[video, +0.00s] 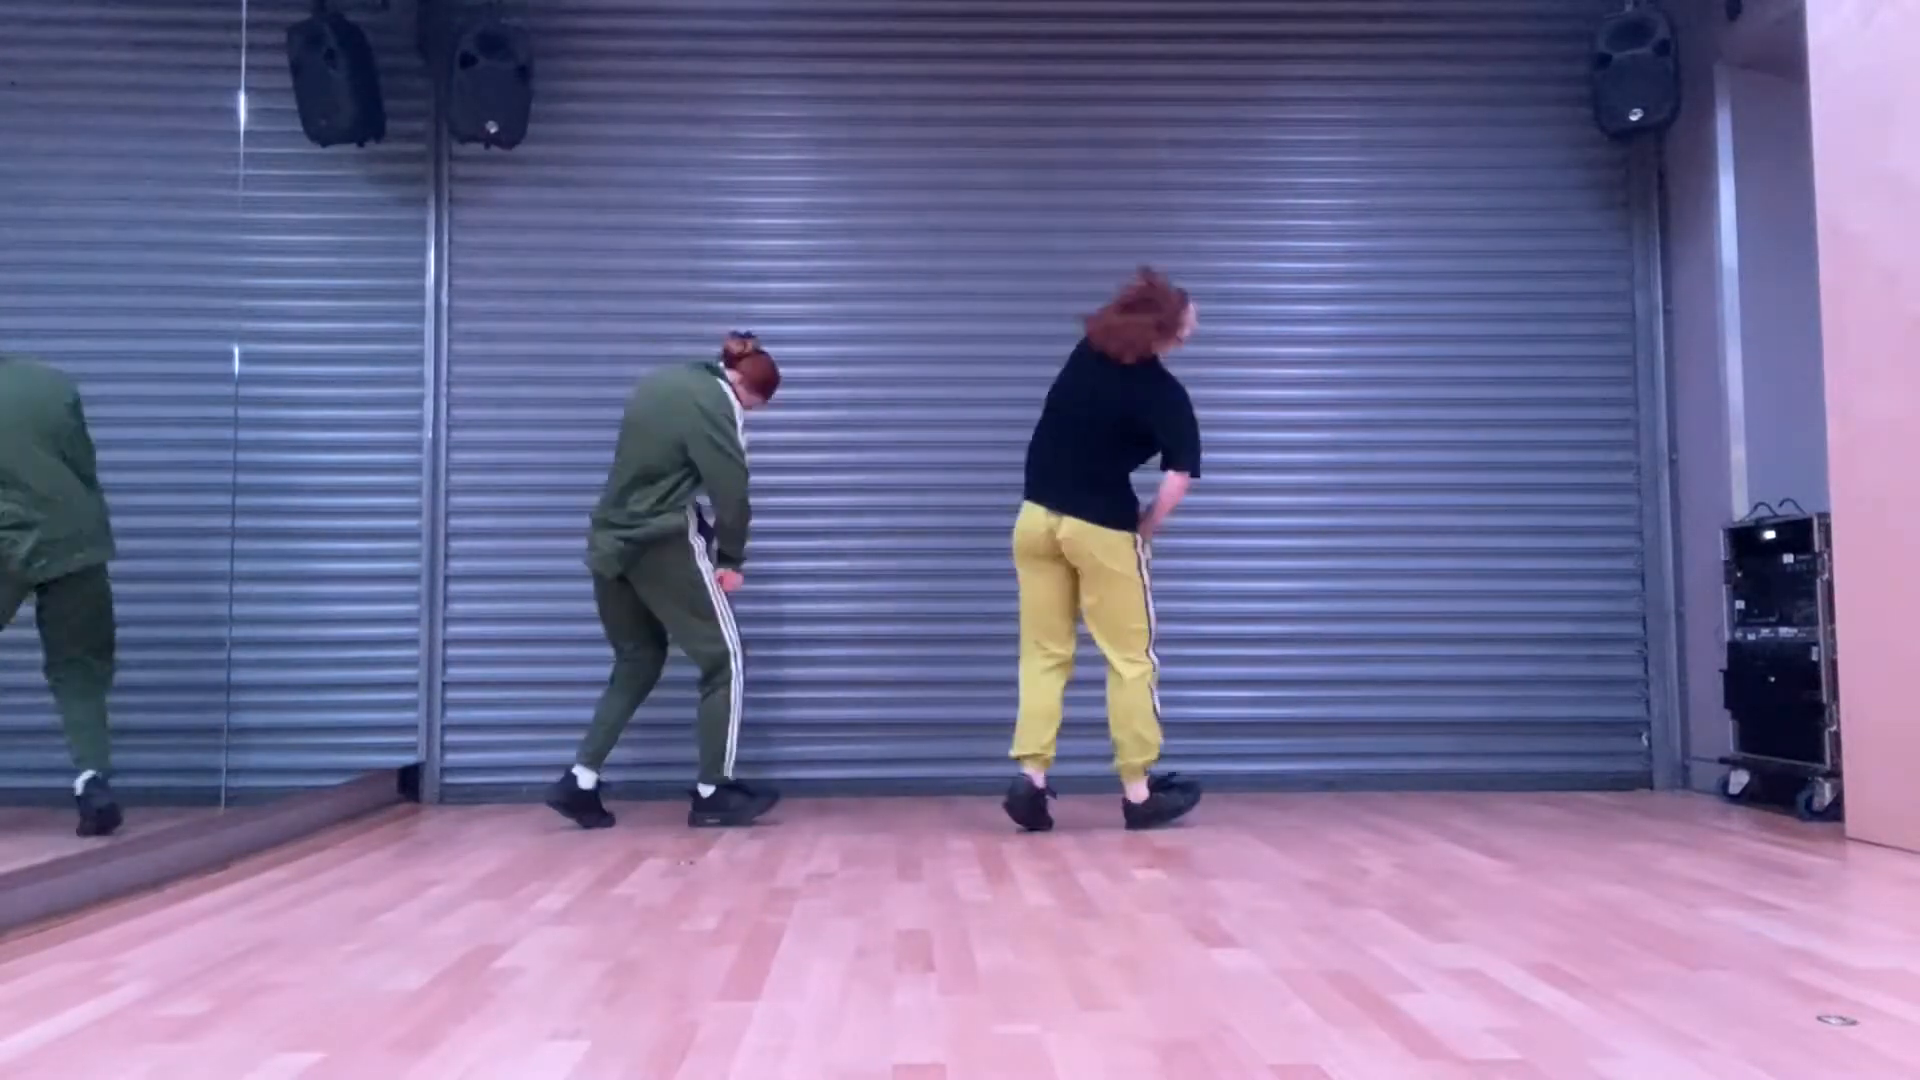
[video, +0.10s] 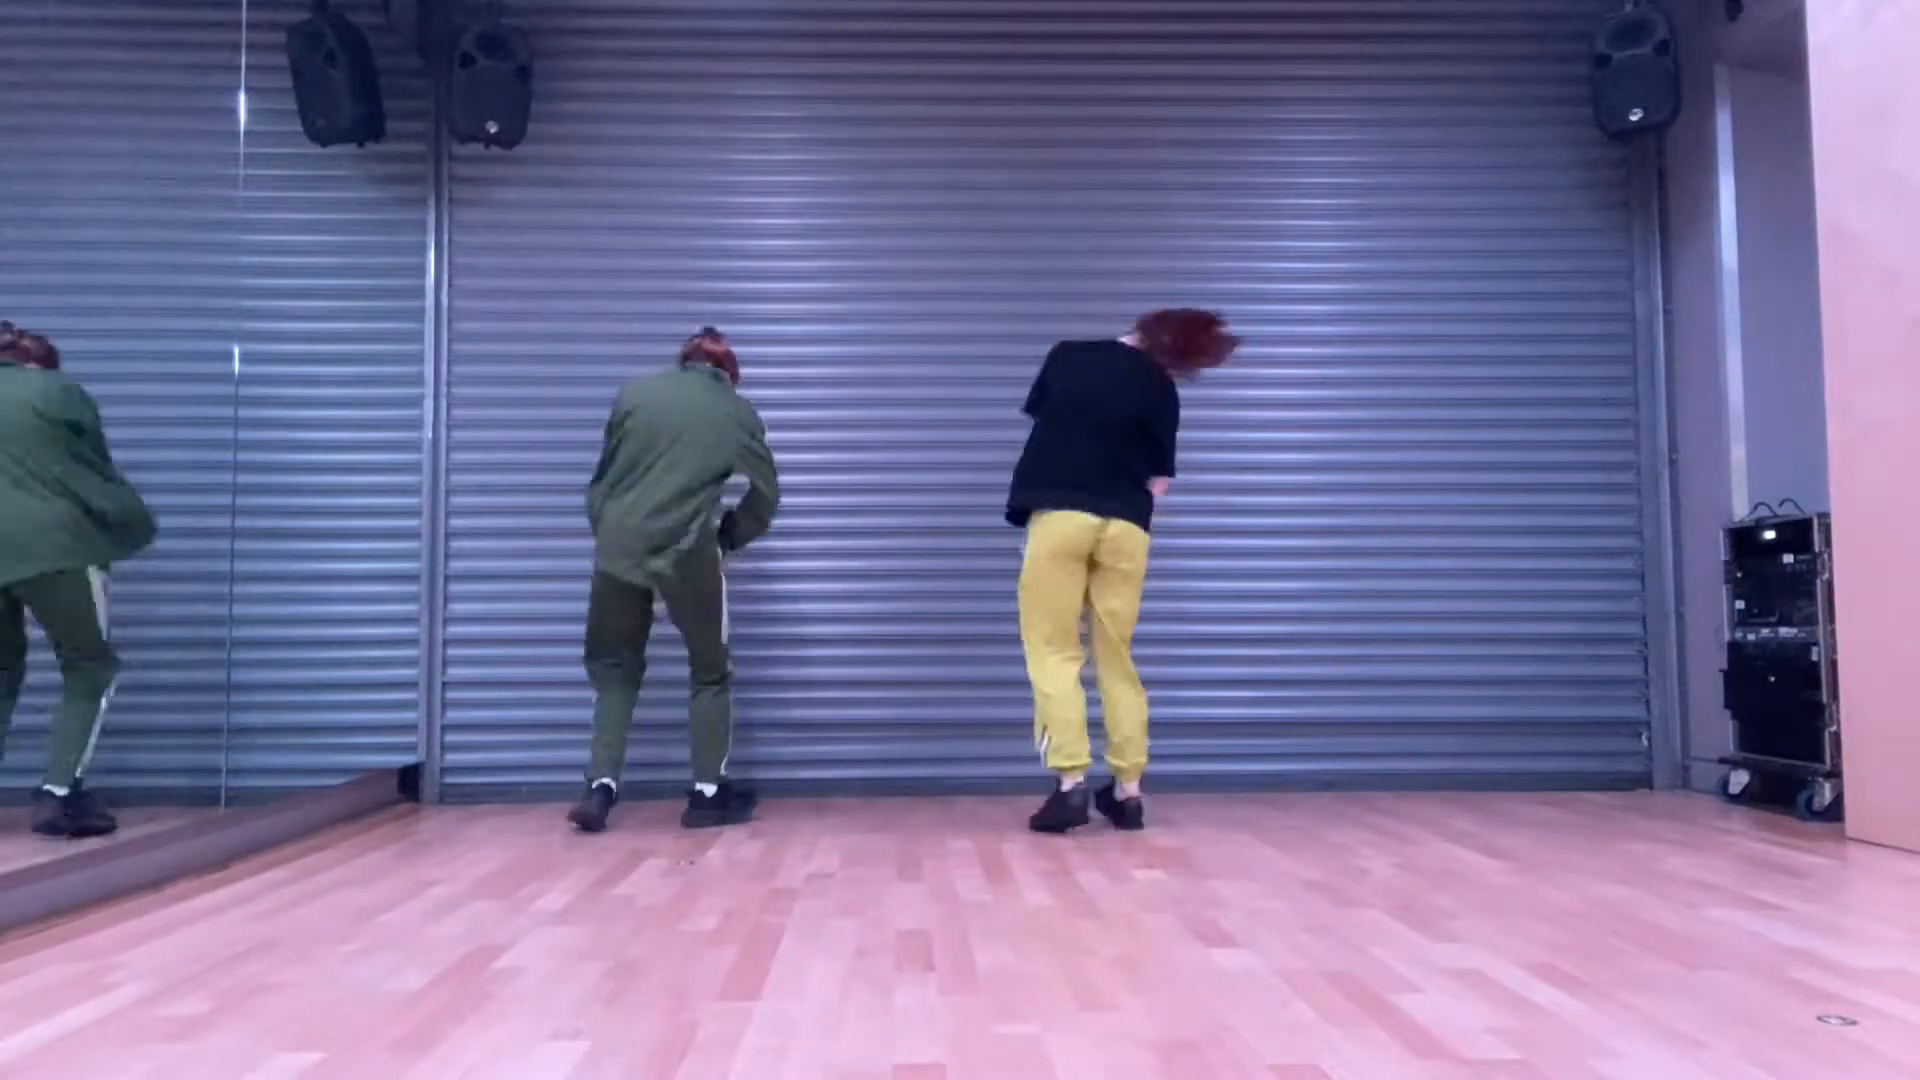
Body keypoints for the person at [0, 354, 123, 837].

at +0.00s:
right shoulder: (48, 382)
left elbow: (81, 465)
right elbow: (83, 465)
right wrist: (82, 530)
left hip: (8, 540)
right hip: (74, 536)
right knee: (79, 663)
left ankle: (92, 778)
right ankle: (93, 779)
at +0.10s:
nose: (53, 378)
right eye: (52, 369)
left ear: (9, 357)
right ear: (39, 362)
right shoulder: (54, 390)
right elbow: (98, 467)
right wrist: (116, 516)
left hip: (4, 559)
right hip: (50, 548)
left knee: (7, 669)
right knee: (88, 663)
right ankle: (59, 794)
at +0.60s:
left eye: (10, 328)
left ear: (39, 338)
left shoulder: (61, 396)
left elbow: (73, 422)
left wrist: (111, 383)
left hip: (49, 525)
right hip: (0, 527)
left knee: (73, 673)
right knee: (2, 670)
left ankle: (39, 747)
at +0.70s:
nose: (8, 345)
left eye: (18, 335)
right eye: (3, 337)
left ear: (50, 342)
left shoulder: (72, 378)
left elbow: (68, 379)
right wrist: (32, 372)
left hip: (60, 519)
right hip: (3, 517)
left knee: (44, 669)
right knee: (13, 665)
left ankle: (59, 779)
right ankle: (58, 775)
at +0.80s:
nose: (13, 357)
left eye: (25, 346)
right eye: (6, 347)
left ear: (58, 354)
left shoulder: (78, 391)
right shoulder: (1, 399)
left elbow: (48, 393)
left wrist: (6, 383)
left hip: (63, 533)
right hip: (5, 532)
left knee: (44, 682)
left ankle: (64, 792)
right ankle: (4, 721)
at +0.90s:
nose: (8, 357)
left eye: (21, 348)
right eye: (4, 347)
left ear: (54, 354)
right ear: (1, 354)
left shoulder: (84, 401)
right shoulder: (4, 408)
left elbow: (58, 449)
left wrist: (4, 453)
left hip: (63, 550)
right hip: (9, 550)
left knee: (52, 678)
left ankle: (67, 790)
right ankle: (11, 705)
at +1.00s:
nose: (0, 355)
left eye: (10, 345)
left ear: (42, 351)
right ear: (5, 353)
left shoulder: (79, 404)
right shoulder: (0, 404)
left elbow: (102, 489)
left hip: (56, 525)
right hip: (3, 522)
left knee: (42, 673)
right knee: (0, 663)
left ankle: (63, 789)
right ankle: (27, 740)